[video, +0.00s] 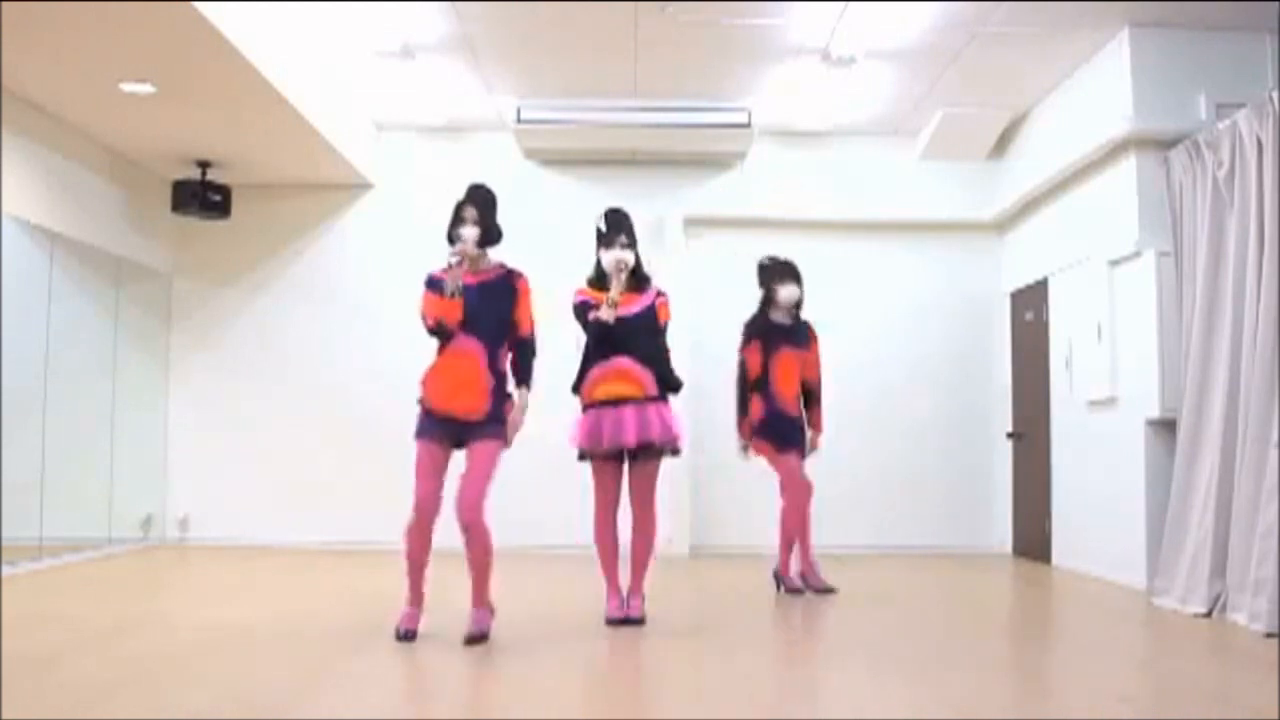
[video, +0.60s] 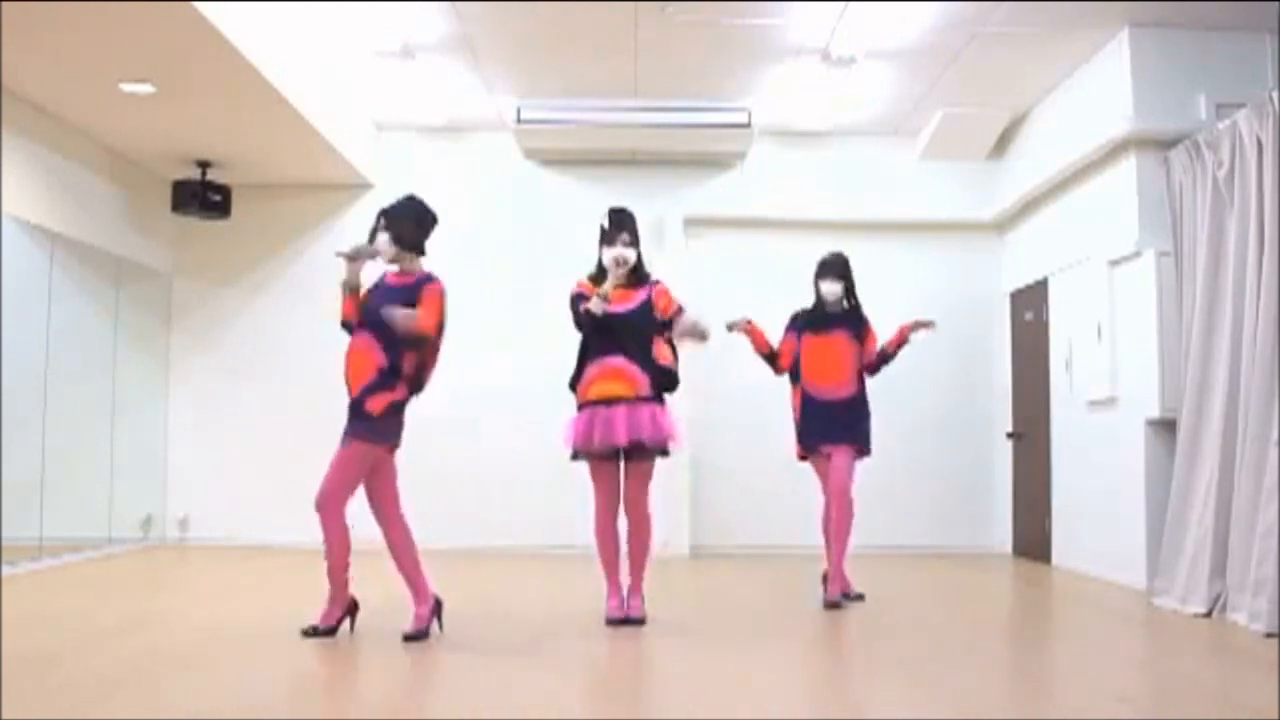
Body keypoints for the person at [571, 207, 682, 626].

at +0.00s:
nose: (620, 257)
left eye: (626, 248)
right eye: (612, 248)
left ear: (636, 252)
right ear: (599, 253)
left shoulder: (653, 297)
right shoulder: (586, 296)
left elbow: (658, 343)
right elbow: (595, 328)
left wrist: (669, 379)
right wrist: (613, 292)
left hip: (647, 397)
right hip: (603, 397)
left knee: (642, 500)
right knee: (606, 501)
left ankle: (636, 589)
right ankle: (613, 589)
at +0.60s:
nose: (620, 253)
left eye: (627, 244)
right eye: (612, 244)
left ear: (638, 248)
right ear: (600, 247)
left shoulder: (653, 292)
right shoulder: (586, 291)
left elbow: (680, 321)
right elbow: (584, 320)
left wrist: (689, 329)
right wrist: (602, 294)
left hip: (642, 400)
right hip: (598, 400)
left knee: (636, 501)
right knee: (606, 502)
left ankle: (635, 591)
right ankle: (613, 591)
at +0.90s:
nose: (622, 257)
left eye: (629, 249)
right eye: (615, 248)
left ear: (638, 254)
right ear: (601, 250)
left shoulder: (649, 295)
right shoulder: (585, 294)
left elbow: (675, 342)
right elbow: (588, 322)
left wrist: (698, 300)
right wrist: (612, 288)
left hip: (631, 399)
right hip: (590, 397)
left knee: (597, 489)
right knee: (599, 497)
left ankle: (581, 586)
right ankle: (615, 591)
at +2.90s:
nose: (615, 261)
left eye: (623, 253)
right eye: (608, 252)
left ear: (633, 255)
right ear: (596, 256)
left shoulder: (652, 298)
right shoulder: (582, 298)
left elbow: (691, 332)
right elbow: (581, 332)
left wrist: (676, 304)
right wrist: (597, 303)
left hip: (629, 406)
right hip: (585, 405)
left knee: (598, 502)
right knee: (595, 505)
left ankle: (575, 593)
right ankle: (614, 592)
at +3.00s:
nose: (615, 257)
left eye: (622, 248)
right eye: (607, 249)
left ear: (633, 252)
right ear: (596, 252)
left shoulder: (651, 296)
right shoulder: (581, 295)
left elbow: (694, 329)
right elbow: (578, 328)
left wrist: (687, 342)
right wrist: (595, 305)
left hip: (632, 401)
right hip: (589, 401)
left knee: (600, 482)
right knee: (595, 489)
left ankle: (607, 582)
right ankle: (610, 587)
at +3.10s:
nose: (615, 256)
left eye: (623, 247)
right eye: (608, 247)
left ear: (634, 251)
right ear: (596, 250)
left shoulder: (651, 295)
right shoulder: (582, 294)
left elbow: (682, 347)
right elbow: (582, 327)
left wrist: (698, 393)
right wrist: (602, 293)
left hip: (637, 401)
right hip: (593, 400)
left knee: (608, 478)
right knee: (600, 489)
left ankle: (634, 557)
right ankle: (612, 589)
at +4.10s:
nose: (615, 257)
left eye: (622, 248)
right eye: (608, 248)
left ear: (637, 249)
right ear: (600, 251)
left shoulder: (656, 296)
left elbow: (663, 351)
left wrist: (638, 384)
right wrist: (581, 317)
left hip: (646, 402)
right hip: (603, 404)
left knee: (643, 504)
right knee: (610, 503)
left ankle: (644, 593)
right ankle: (613, 591)